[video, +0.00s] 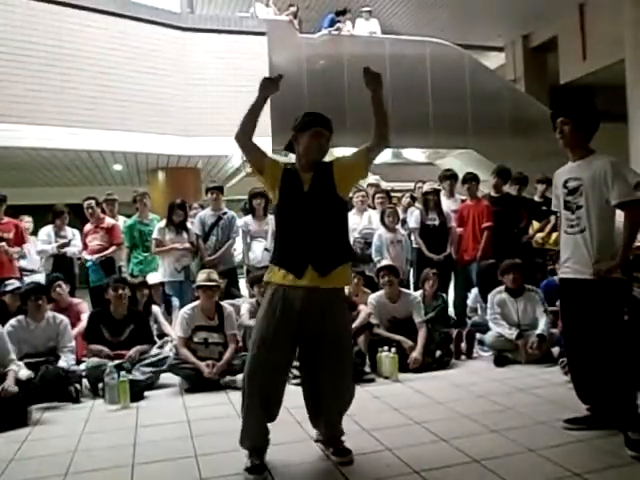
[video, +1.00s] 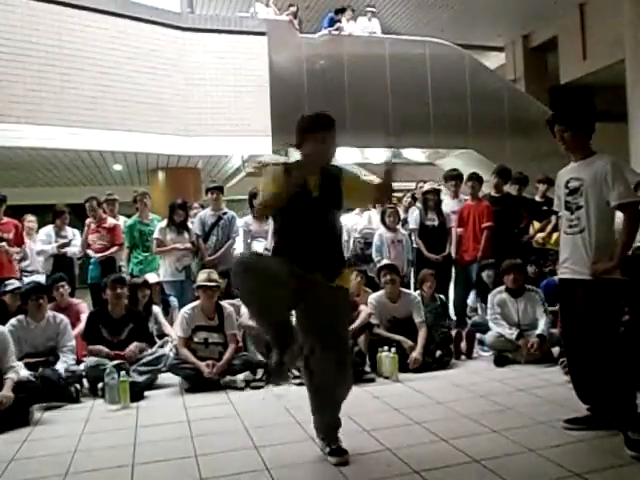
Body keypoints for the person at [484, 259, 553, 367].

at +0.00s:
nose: (513, 277)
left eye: (516, 273)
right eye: (508, 274)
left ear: (522, 275)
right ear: (502, 278)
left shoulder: (534, 293)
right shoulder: (495, 296)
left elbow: (543, 316)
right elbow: (494, 320)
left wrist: (540, 335)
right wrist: (515, 334)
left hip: (531, 331)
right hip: (508, 332)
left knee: (552, 336)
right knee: (491, 339)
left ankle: (512, 357)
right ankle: (538, 356)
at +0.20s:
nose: (512, 277)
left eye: (515, 273)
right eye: (508, 274)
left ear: (521, 275)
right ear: (502, 278)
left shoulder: (535, 293)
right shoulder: (495, 296)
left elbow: (544, 316)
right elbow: (494, 321)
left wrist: (540, 336)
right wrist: (517, 335)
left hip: (531, 332)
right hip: (508, 333)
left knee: (553, 336)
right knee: (491, 339)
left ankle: (512, 357)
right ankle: (539, 355)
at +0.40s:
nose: (512, 277)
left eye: (515, 273)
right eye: (508, 274)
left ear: (522, 275)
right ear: (502, 278)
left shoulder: (535, 293)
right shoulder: (495, 296)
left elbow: (544, 316)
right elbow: (494, 320)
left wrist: (540, 336)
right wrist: (517, 335)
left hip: (531, 331)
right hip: (508, 333)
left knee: (552, 336)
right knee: (491, 339)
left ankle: (512, 357)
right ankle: (539, 355)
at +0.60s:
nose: (512, 277)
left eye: (516, 273)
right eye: (508, 274)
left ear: (522, 275)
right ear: (502, 278)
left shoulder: (535, 293)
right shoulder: (495, 296)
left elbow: (544, 316)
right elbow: (494, 320)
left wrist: (539, 336)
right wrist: (517, 336)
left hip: (531, 332)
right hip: (508, 333)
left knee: (552, 337)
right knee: (491, 339)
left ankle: (512, 357)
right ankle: (539, 355)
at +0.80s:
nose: (513, 277)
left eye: (516, 273)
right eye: (508, 274)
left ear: (522, 276)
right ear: (503, 278)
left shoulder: (535, 293)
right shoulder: (495, 296)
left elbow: (544, 316)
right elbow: (494, 321)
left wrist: (539, 336)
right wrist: (517, 336)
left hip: (531, 332)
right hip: (508, 333)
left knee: (553, 336)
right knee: (491, 339)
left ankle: (512, 357)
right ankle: (538, 355)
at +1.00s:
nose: (513, 278)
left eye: (516, 274)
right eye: (508, 274)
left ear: (523, 276)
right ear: (503, 278)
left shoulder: (535, 294)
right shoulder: (495, 296)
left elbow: (544, 317)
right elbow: (494, 321)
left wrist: (539, 336)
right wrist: (517, 335)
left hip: (531, 332)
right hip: (508, 333)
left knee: (553, 336)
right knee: (491, 339)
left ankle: (512, 357)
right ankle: (539, 355)